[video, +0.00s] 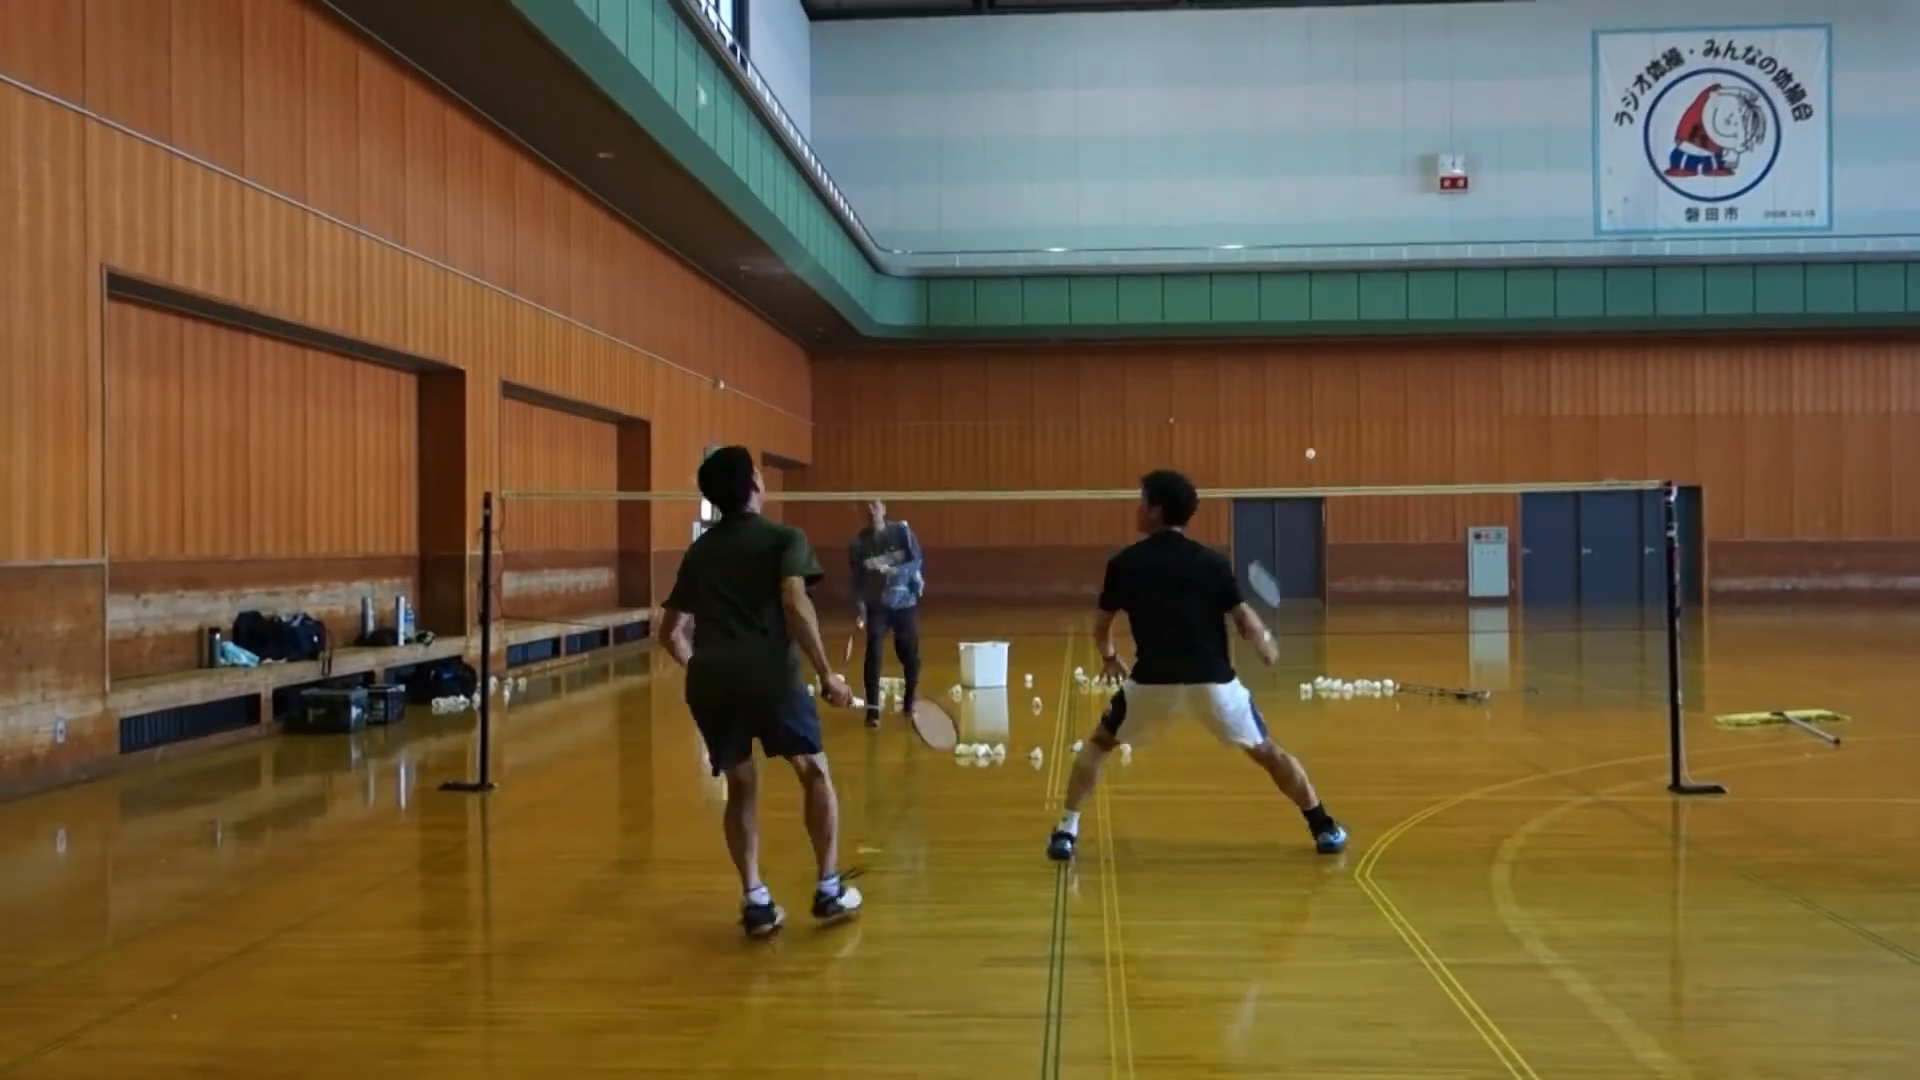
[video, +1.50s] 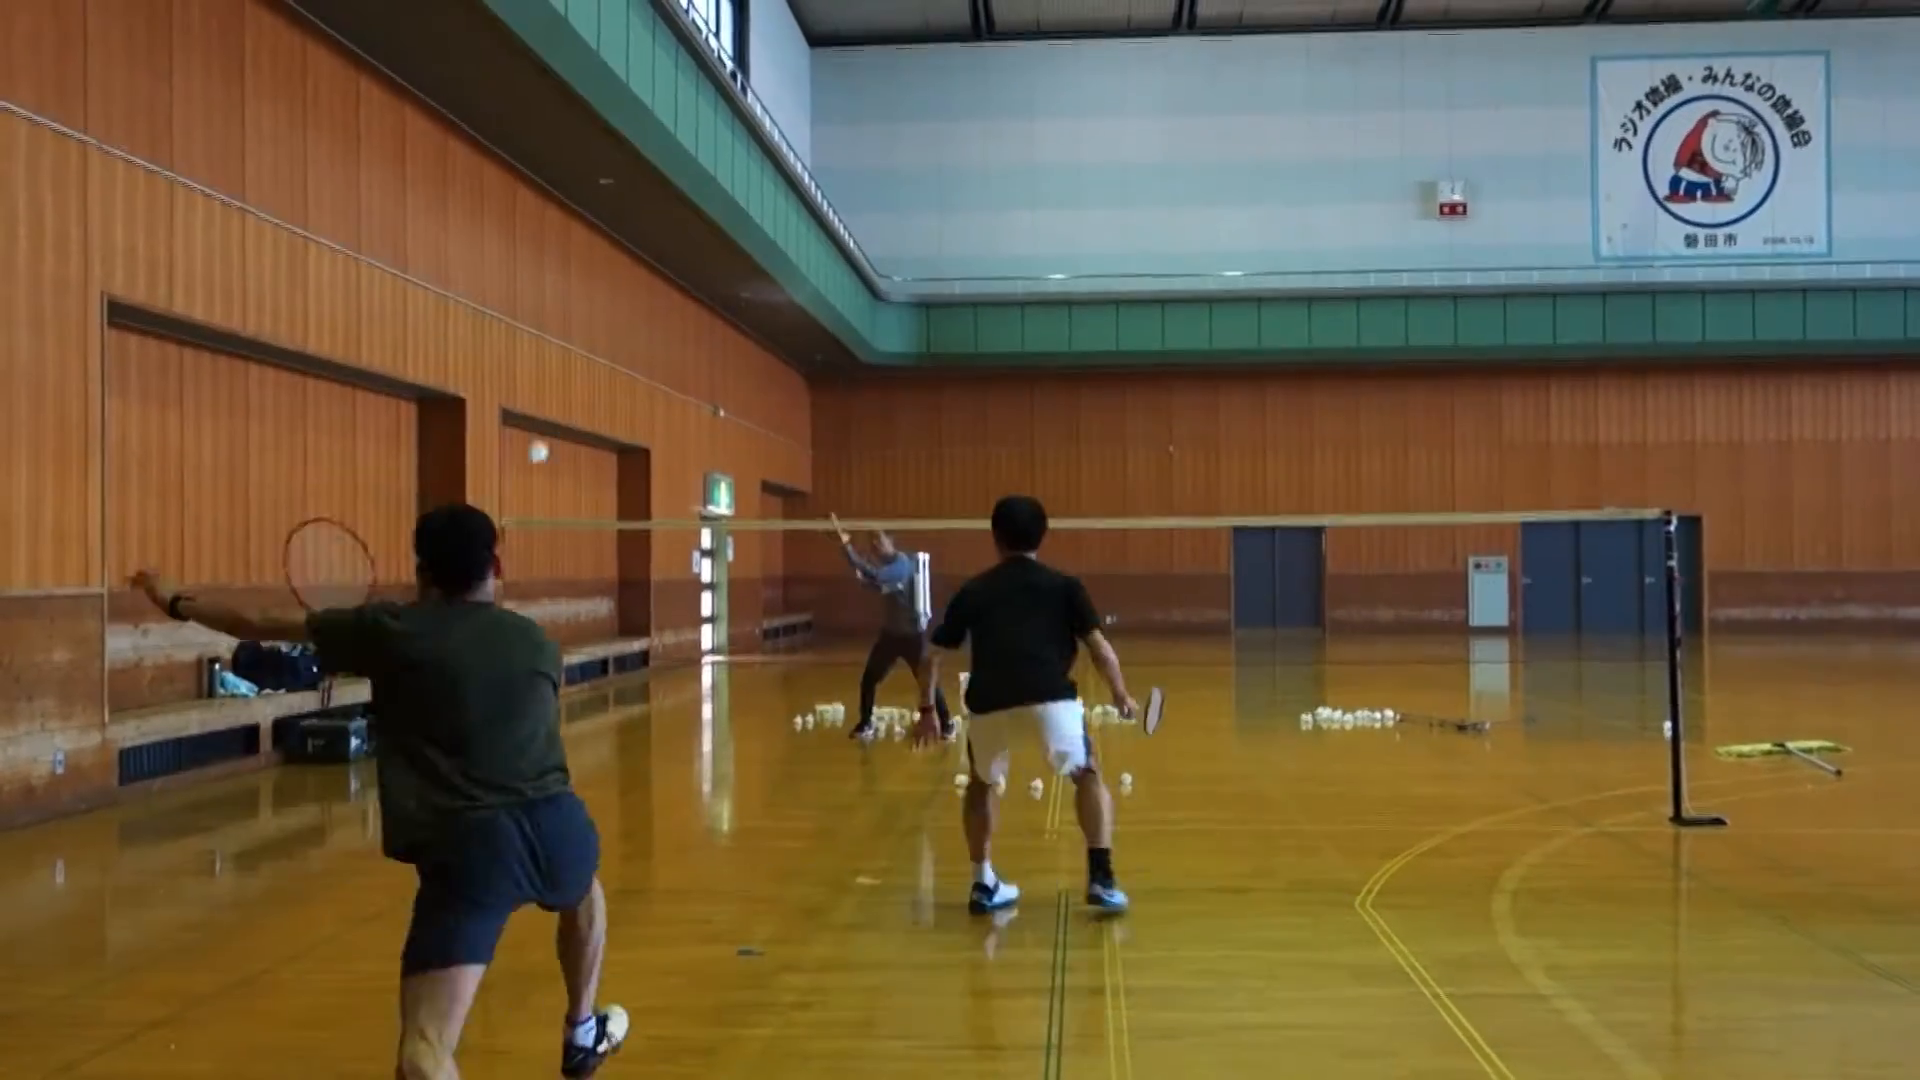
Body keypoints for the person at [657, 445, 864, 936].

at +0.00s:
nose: (764, 482)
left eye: (759, 474)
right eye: (760, 475)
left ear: (711, 497)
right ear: (754, 487)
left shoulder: (699, 552)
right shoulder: (784, 539)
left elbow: (667, 631)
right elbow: (795, 603)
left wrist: (698, 666)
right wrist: (827, 673)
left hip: (708, 679)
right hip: (771, 675)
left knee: (740, 785)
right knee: (814, 774)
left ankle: (754, 897)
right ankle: (828, 887)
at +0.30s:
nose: (672, 487)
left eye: (662, 480)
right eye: (662, 484)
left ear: (637, 514)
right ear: (654, 506)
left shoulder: (636, 563)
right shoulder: (665, 575)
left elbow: (645, 656)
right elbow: (686, 674)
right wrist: (759, 714)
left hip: (637, 730)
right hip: (645, 739)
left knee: (681, 830)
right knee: (680, 876)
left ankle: (707, 919)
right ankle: (600, 1003)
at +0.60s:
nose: (469, 335)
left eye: (457, 327)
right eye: (454, 332)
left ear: (430, 370)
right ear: (446, 358)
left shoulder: (447, 438)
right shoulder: (498, 404)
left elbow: (504, 515)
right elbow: (561, 379)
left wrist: (587, 536)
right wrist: (498, 310)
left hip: (514, 610)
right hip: (583, 600)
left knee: (472, 760)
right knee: (624, 758)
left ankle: (392, 887)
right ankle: (645, 907)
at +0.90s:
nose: (320, 528)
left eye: (309, 522)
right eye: (312, 521)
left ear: (238, 554)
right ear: (300, 533)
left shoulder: (218, 654)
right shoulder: (351, 579)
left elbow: (246, 772)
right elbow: (473, 604)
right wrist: (548, 645)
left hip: (293, 831)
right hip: (386, 791)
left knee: (201, 1012)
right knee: (569, 827)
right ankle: (719, 888)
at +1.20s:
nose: (379, 552)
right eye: (375, 546)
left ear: (301, 578)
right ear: (373, 556)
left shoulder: (289, 659)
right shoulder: (445, 629)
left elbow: (250, 794)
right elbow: (514, 734)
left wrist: (268, 865)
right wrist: (520, 831)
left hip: (365, 848)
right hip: (476, 833)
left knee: (239, 996)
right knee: (561, 992)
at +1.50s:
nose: (505, 566)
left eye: (417, 565)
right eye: (501, 556)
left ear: (420, 573)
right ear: (495, 567)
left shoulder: (393, 632)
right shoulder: (534, 640)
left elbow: (260, 624)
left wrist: (176, 602)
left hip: (465, 850)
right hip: (558, 833)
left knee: (428, 1047)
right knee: (584, 891)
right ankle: (583, 1031)